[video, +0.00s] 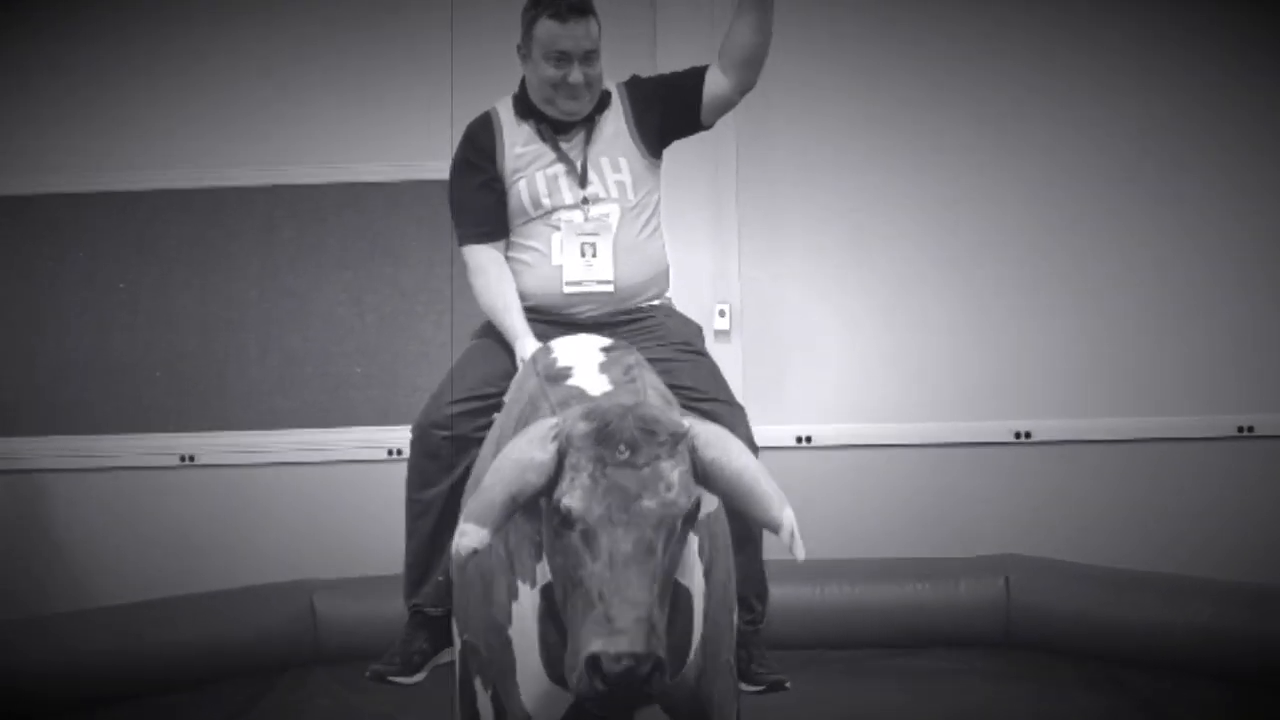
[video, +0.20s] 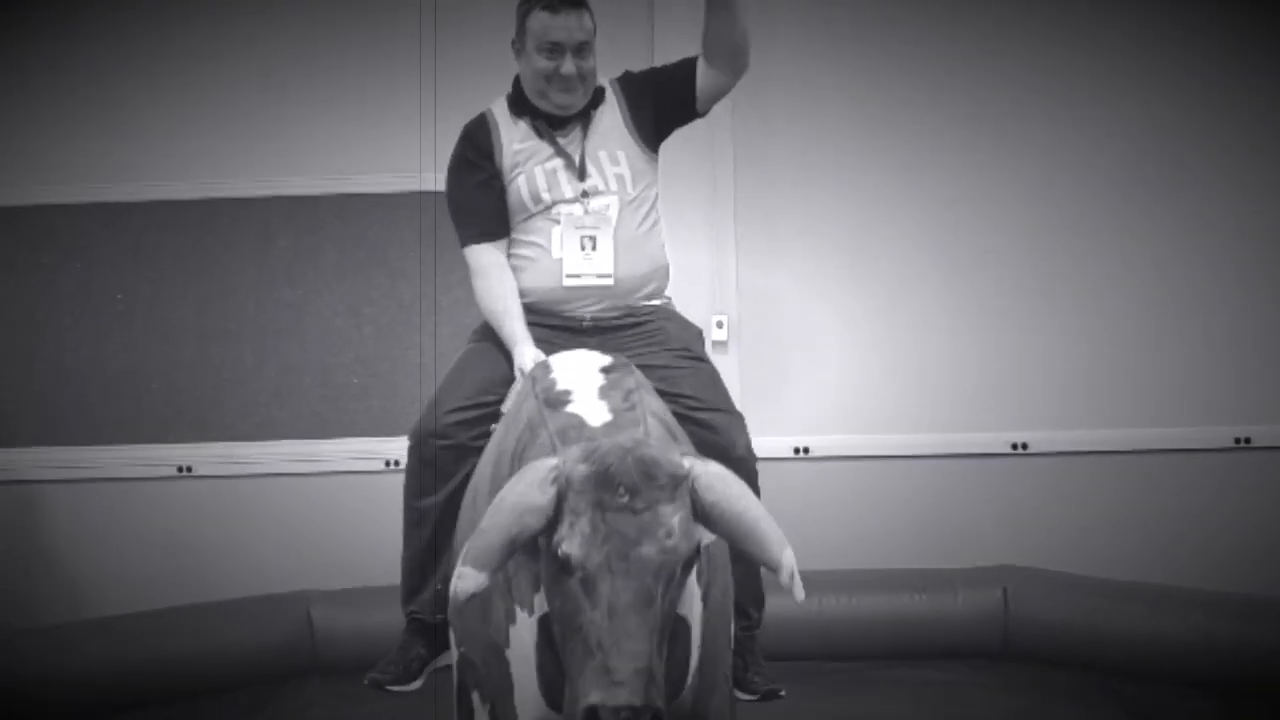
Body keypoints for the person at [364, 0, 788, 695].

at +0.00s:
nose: (574, 75)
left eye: (588, 58)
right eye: (557, 59)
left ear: (603, 50)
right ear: (524, 54)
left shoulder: (640, 108)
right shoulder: (488, 138)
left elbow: (733, 77)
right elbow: (483, 256)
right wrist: (526, 348)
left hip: (643, 318)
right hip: (529, 325)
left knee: (732, 443)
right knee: (438, 431)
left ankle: (742, 635)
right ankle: (429, 622)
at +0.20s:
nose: (567, 68)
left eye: (581, 50)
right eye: (550, 51)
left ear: (597, 47)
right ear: (518, 51)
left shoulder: (637, 102)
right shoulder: (484, 139)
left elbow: (724, 64)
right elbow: (487, 262)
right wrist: (524, 351)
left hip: (642, 320)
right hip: (527, 326)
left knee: (730, 452)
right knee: (436, 438)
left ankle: (738, 646)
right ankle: (425, 631)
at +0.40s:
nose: (558, 58)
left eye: (573, 42)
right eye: (541, 42)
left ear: (591, 42)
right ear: (509, 45)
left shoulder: (630, 95)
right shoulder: (481, 140)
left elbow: (714, 45)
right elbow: (488, 266)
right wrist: (521, 352)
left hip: (642, 323)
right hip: (529, 325)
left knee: (729, 459)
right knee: (435, 441)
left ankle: (734, 649)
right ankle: (422, 637)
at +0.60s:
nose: (546, 51)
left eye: (560, 34)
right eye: (527, 35)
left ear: (578, 36)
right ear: (497, 42)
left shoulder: (623, 88)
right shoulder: (477, 143)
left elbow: (702, 33)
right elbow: (490, 269)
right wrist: (521, 359)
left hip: (645, 326)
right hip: (530, 329)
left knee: (730, 468)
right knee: (432, 451)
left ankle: (737, 653)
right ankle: (420, 640)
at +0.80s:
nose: (530, 40)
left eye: (542, 25)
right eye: (511, 27)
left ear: (562, 32)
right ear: (480, 43)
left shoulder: (617, 87)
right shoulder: (472, 144)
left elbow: (702, 49)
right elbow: (488, 269)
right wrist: (521, 369)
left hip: (647, 327)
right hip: (530, 333)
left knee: (731, 475)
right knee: (432, 458)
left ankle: (743, 664)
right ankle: (422, 655)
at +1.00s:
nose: (517, 30)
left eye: (528, 16)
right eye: (496, 20)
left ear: (546, 28)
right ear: (466, 44)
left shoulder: (612, 91)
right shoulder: (467, 147)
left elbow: (700, 96)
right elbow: (487, 273)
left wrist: (743, 9)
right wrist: (521, 376)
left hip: (650, 331)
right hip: (528, 339)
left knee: (731, 484)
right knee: (431, 470)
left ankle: (741, 662)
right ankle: (421, 663)